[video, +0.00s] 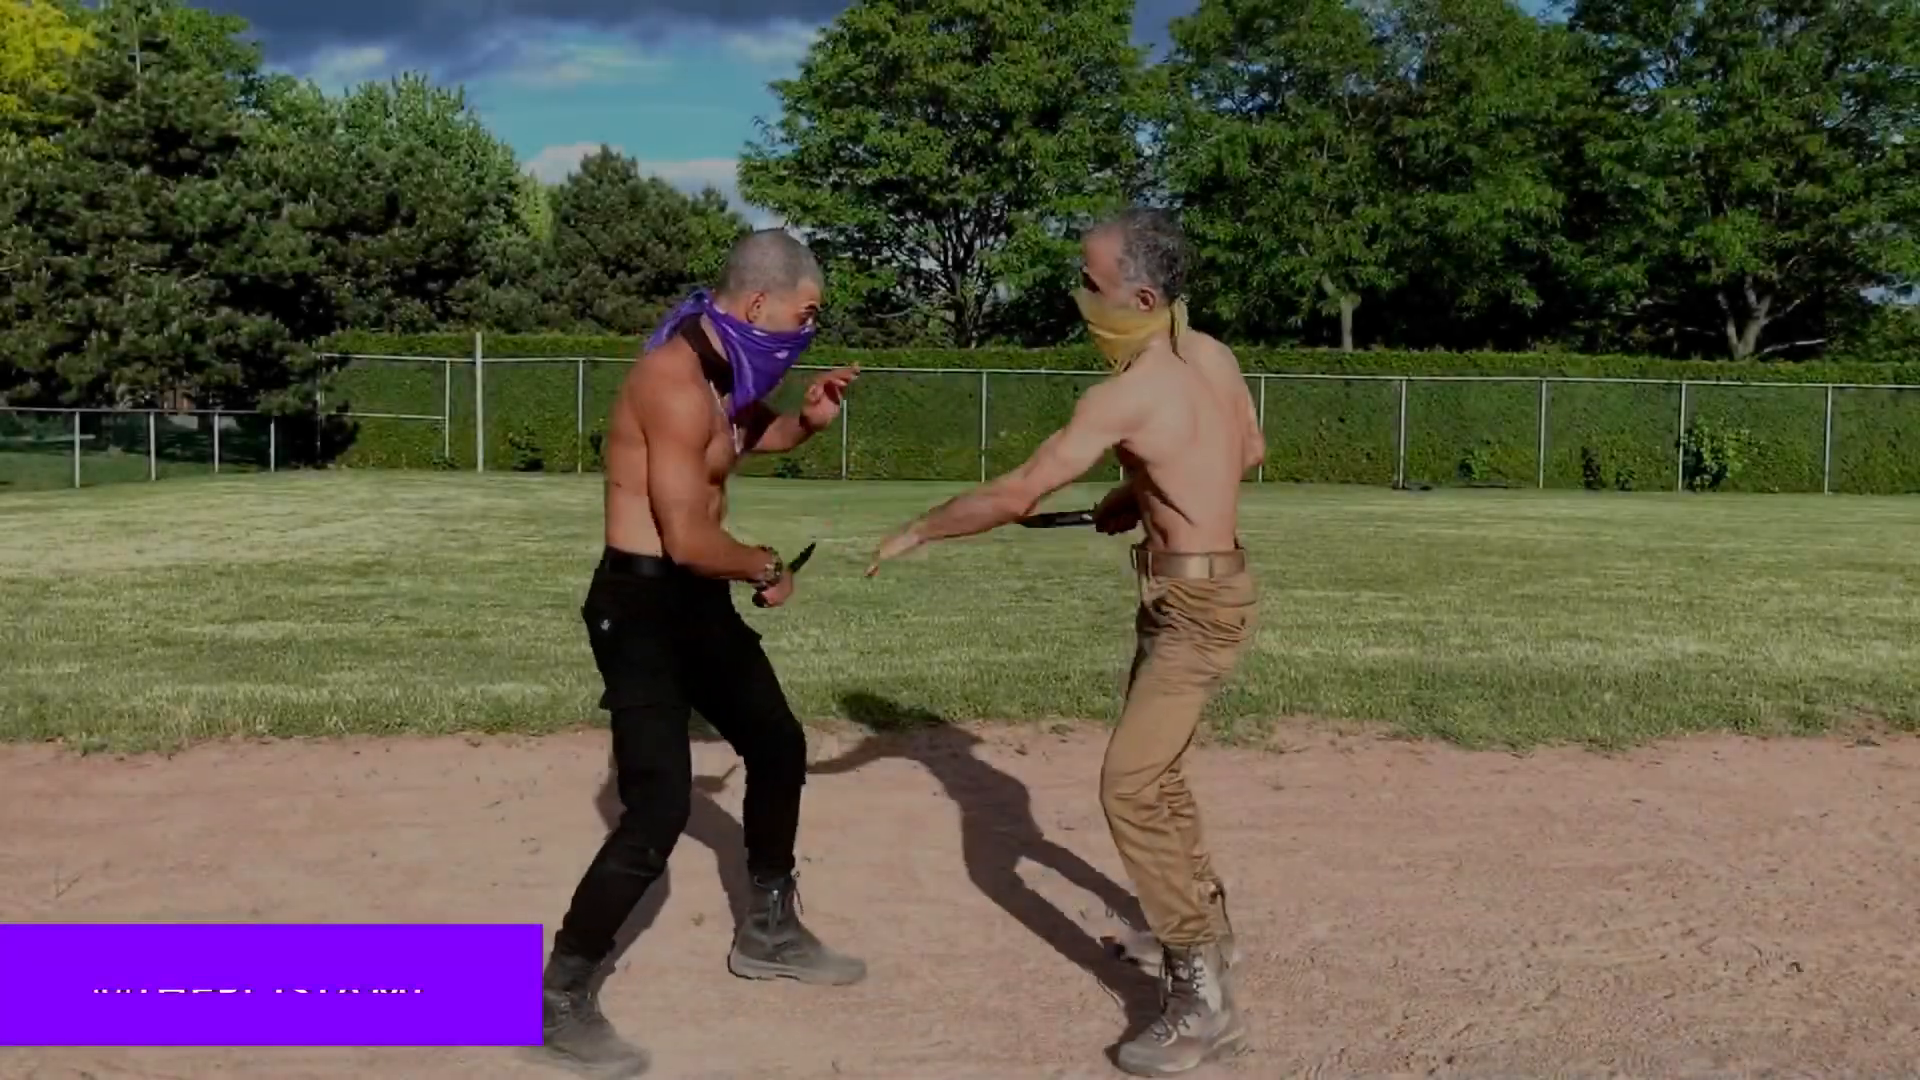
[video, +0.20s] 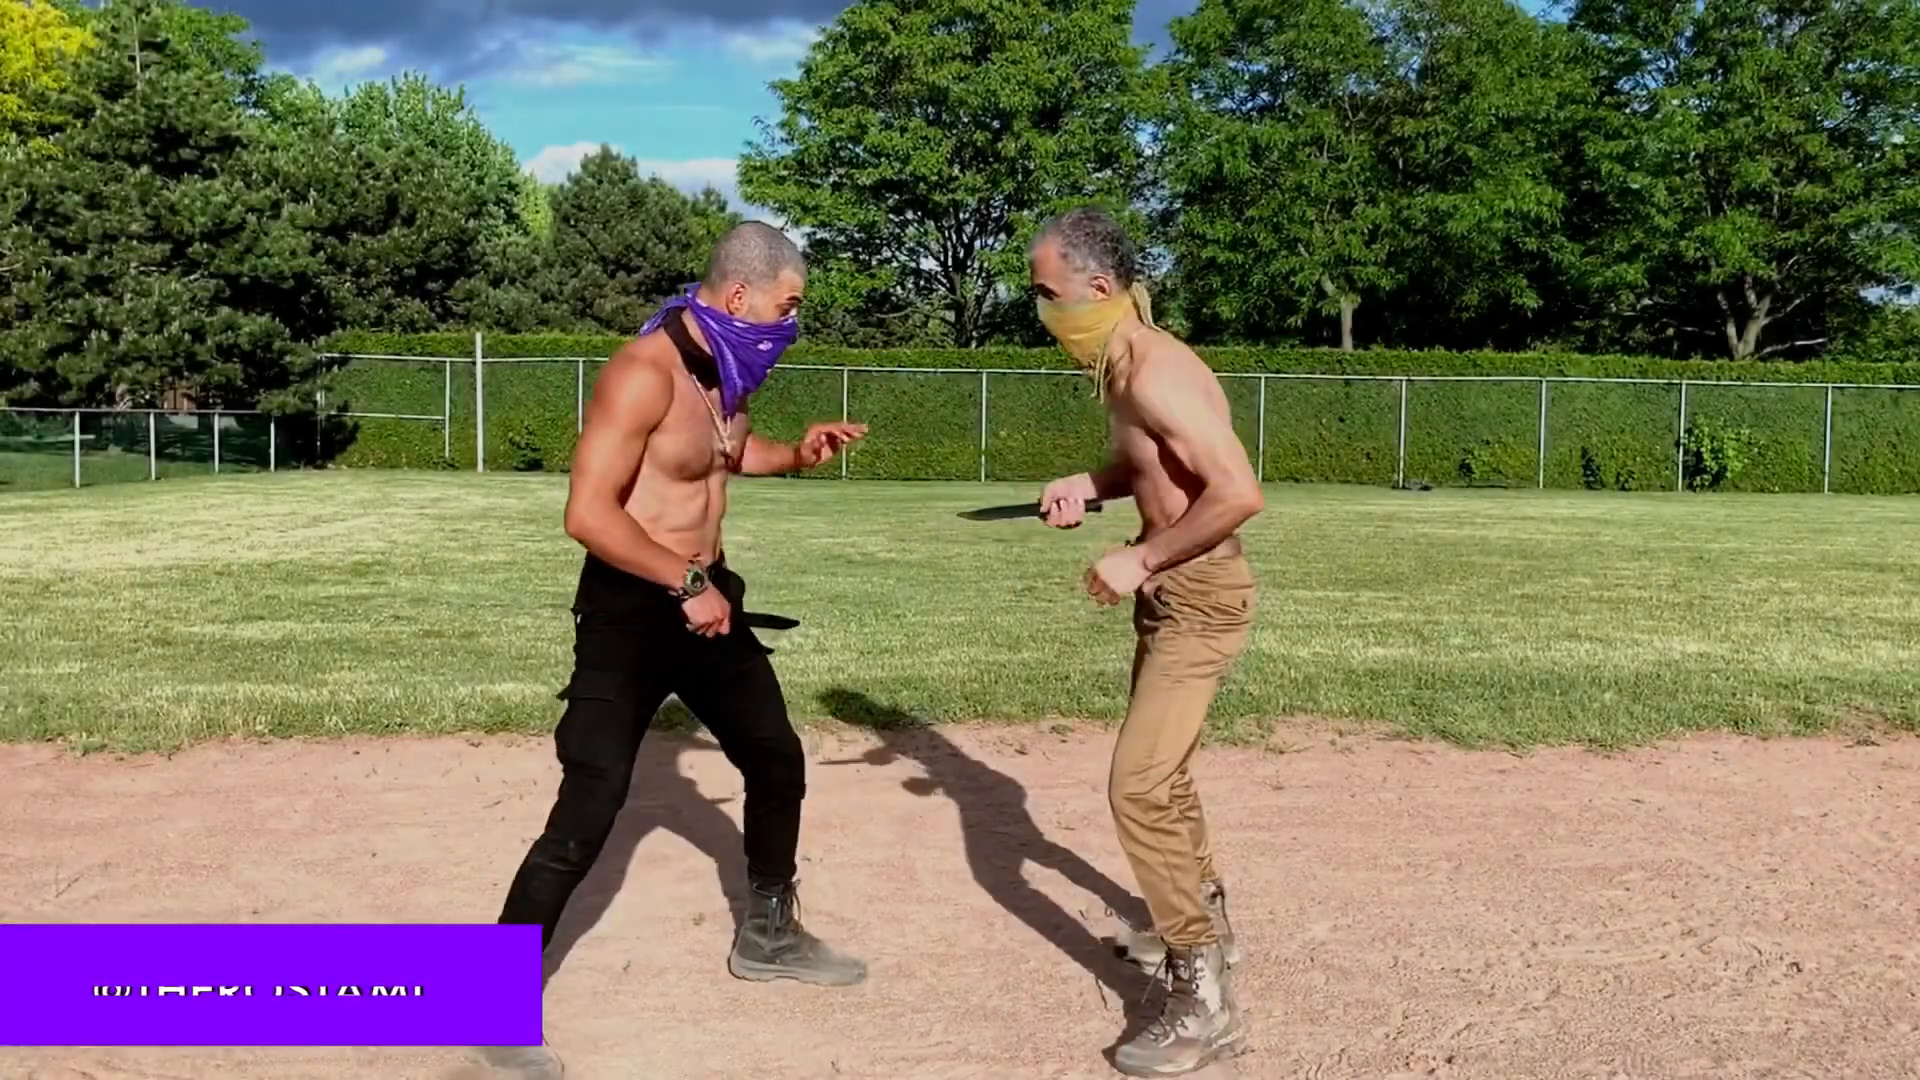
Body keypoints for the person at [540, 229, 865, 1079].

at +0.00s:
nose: (806, 333)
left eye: (810, 319)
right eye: (800, 316)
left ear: (752, 305)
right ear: (752, 304)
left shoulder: (724, 365)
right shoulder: (674, 377)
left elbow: (743, 446)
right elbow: (686, 541)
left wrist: (804, 419)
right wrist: (761, 561)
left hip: (699, 598)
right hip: (638, 603)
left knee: (779, 749)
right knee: (659, 805)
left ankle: (768, 930)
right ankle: (563, 995)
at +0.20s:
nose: (788, 325)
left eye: (793, 310)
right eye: (783, 307)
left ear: (741, 293)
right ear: (734, 293)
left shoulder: (723, 361)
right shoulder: (644, 370)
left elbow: (722, 450)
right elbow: (587, 513)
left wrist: (797, 454)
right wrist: (686, 582)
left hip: (702, 602)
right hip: (626, 607)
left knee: (777, 761)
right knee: (587, 810)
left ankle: (768, 931)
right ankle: (497, 1002)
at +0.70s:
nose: (779, 333)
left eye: (785, 318)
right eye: (776, 314)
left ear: (729, 299)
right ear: (732, 302)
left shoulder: (689, 366)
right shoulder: (661, 366)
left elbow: (690, 473)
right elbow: (612, 506)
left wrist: (752, 435)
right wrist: (706, 582)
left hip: (657, 603)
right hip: (604, 605)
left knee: (737, 757)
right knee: (608, 818)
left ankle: (741, 935)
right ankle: (499, 1003)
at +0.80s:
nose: (775, 329)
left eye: (780, 314)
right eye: (771, 311)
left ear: (713, 294)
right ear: (725, 298)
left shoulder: (651, 345)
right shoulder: (678, 366)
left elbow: (666, 461)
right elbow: (790, 487)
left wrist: (740, 410)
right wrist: (900, 541)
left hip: (656, 605)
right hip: (591, 608)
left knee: (734, 756)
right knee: (589, 810)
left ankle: (742, 934)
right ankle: (496, 999)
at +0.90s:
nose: (771, 323)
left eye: (775, 307)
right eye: (765, 306)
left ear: (711, 293)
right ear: (719, 298)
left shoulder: (680, 365)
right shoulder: (661, 372)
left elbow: (680, 462)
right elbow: (790, 483)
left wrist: (759, 407)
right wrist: (904, 540)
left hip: (653, 605)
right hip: (575, 606)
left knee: (728, 758)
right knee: (547, 805)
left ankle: (742, 934)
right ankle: (488, 1006)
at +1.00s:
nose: (763, 332)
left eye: (764, 319)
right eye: (756, 316)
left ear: (713, 309)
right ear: (707, 310)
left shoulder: (705, 370)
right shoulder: (623, 379)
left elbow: (785, 377)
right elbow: (623, 529)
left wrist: (860, 382)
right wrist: (700, 637)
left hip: (634, 609)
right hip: (561, 609)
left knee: (736, 761)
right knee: (552, 811)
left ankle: (744, 935)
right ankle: (463, 998)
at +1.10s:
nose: (735, 353)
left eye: (738, 338)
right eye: (726, 336)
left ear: (686, 332)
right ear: (672, 330)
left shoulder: (698, 384)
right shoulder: (576, 394)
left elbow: (798, 387)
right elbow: (462, 502)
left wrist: (881, 440)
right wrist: (527, 617)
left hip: (632, 613)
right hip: (547, 612)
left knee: (733, 768)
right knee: (527, 816)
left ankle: (743, 935)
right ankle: (453, 1007)